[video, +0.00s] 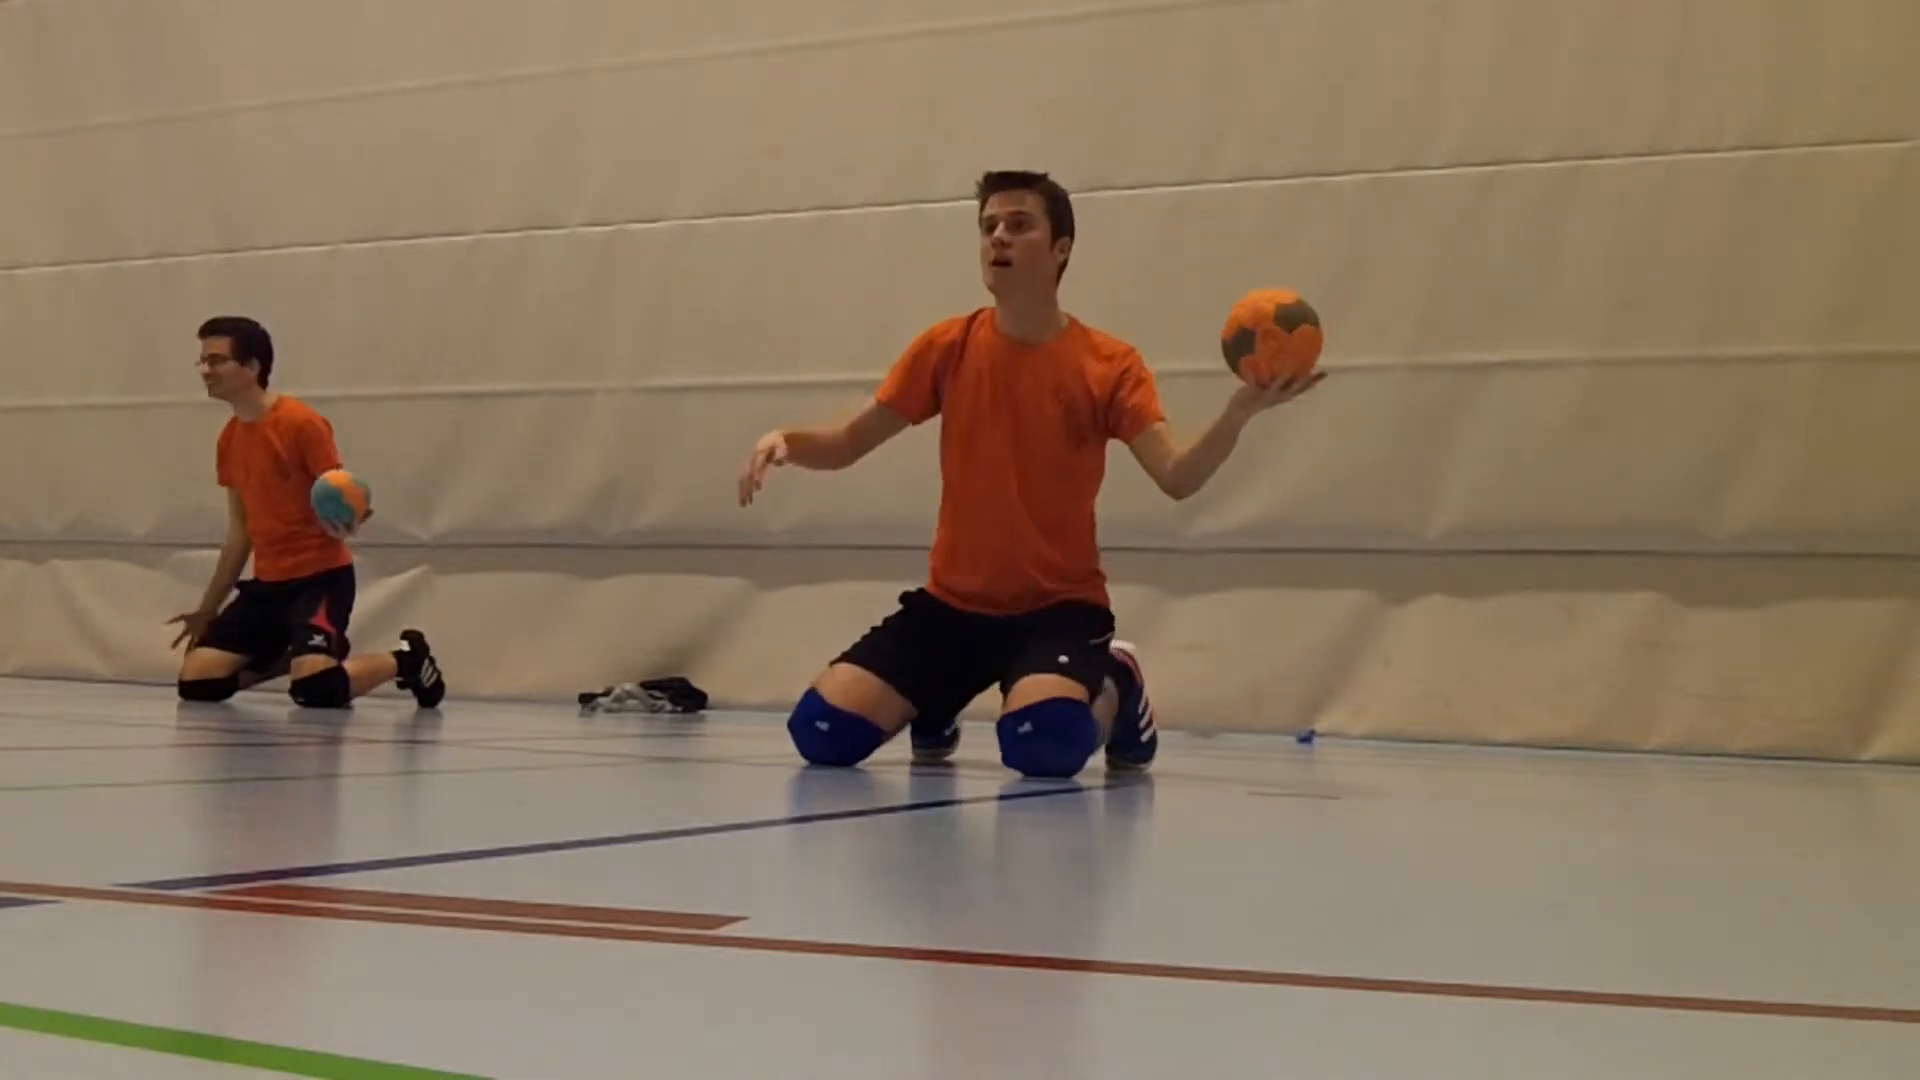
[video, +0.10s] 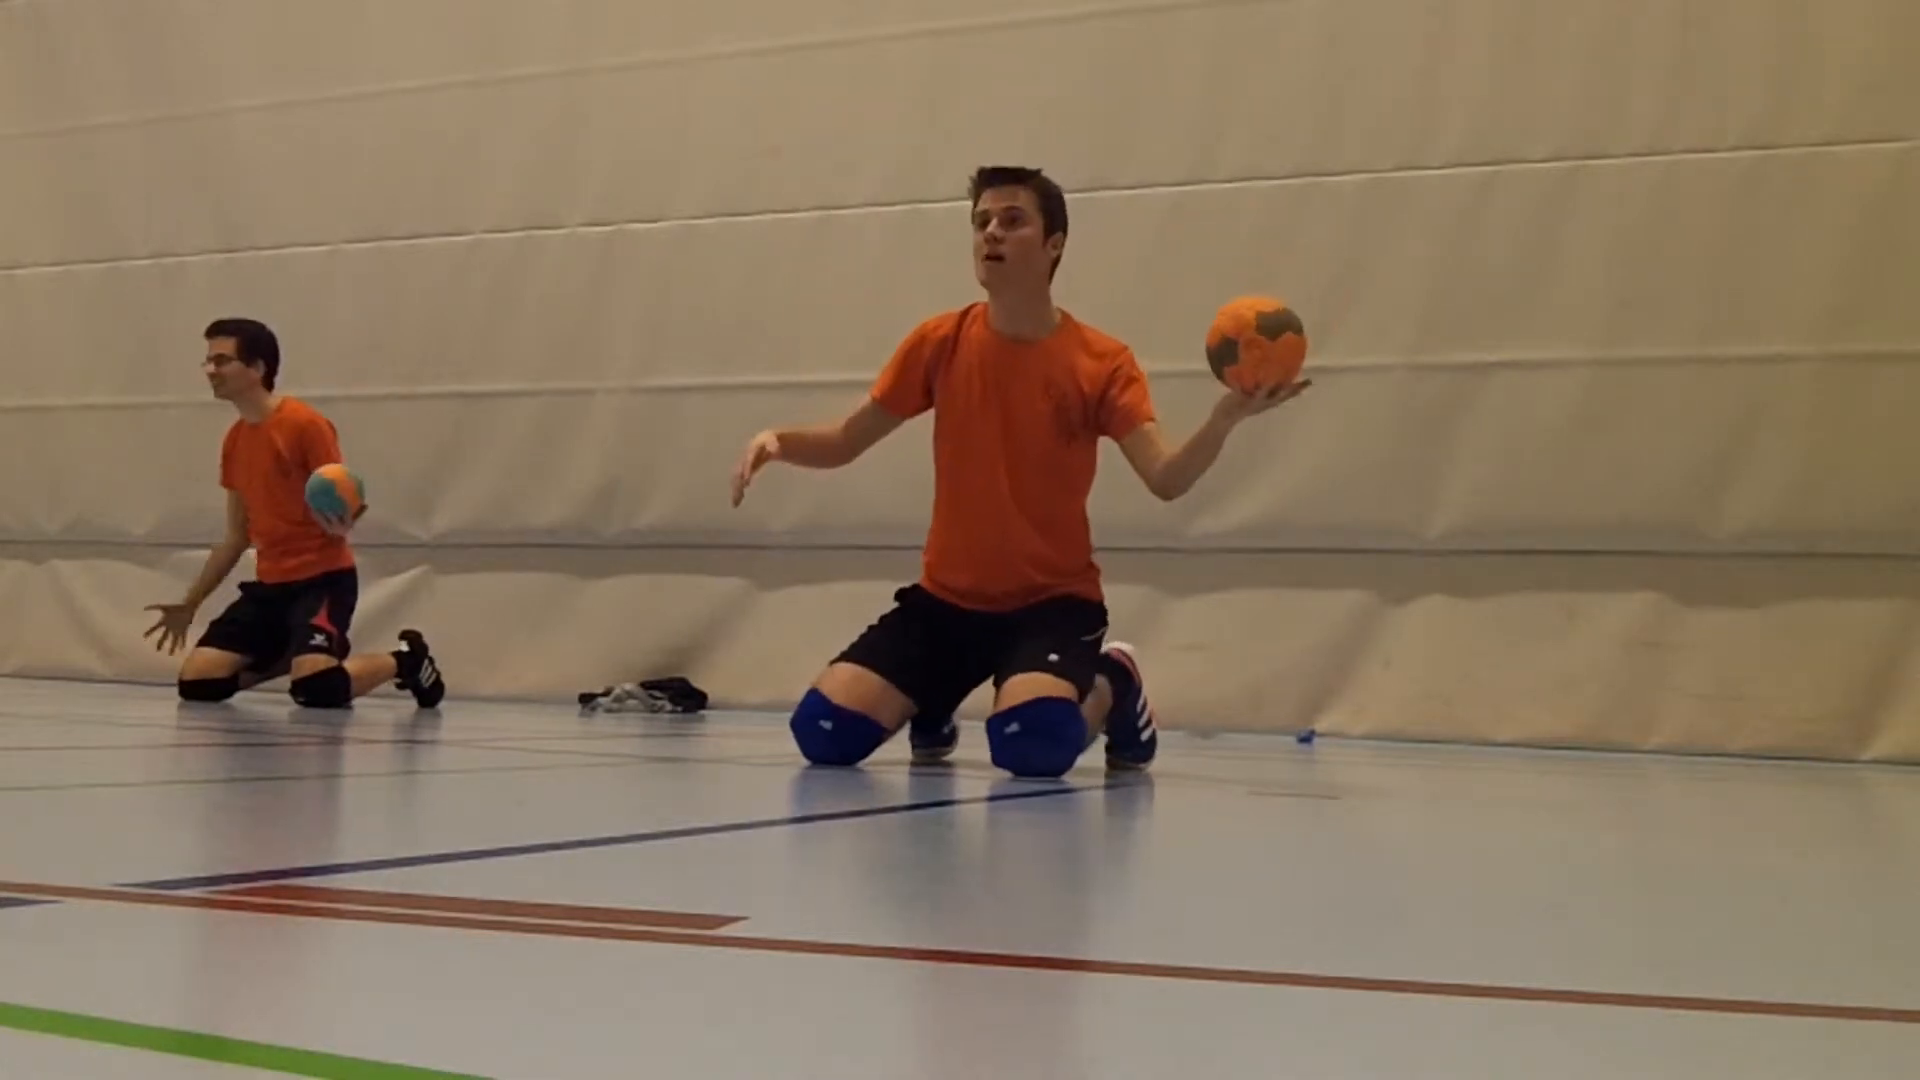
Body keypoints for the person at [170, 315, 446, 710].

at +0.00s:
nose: (205, 370)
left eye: (216, 360)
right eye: (203, 361)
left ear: (253, 367)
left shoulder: (301, 424)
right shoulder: (231, 438)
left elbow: (343, 502)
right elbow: (239, 534)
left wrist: (346, 521)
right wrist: (206, 611)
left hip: (323, 580)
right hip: (268, 584)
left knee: (314, 689)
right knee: (198, 684)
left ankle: (407, 660)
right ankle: (299, 656)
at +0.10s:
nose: (209, 371)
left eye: (221, 361)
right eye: (209, 361)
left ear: (258, 368)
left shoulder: (306, 426)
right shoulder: (237, 440)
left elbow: (344, 504)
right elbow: (235, 538)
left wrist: (341, 522)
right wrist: (188, 605)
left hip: (324, 581)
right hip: (270, 587)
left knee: (313, 689)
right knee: (198, 684)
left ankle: (406, 662)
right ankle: (307, 655)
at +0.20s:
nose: (219, 372)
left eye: (230, 362)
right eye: (218, 362)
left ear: (266, 370)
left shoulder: (310, 426)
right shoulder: (246, 442)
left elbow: (348, 510)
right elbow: (232, 536)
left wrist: (343, 521)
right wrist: (167, 590)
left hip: (328, 581)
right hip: (274, 585)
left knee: (315, 687)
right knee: (198, 682)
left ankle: (406, 660)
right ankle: (309, 653)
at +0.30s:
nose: (235, 375)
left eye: (246, 366)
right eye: (234, 365)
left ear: (282, 373)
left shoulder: (324, 430)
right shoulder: (257, 446)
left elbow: (357, 517)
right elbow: (233, 535)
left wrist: (345, 524)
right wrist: (158, 569)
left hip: (332, 583)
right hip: (280, 586)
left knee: (315, 687)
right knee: (197, 683)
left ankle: (404, 660)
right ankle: (306, 657)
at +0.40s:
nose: (259, 379)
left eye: (269, 369)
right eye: (259, 370)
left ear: (305, 373)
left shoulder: (345, 431)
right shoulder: (279, 442)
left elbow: (371, 520)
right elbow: (255, 528)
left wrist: (347, 527)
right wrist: (173, 546)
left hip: (340, 584)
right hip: (287, 585)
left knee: (320, 686)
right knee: (201, 683)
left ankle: (402, 658)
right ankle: (308, 656)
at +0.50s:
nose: (285, 386)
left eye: (293, 374)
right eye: (285, 374)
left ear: (326, 375)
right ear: (317, 377)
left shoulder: (370, 435)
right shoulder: (303, 435)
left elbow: (388, 525)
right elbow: (281, 516)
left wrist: (350, 531)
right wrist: (200, 533)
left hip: (347, 585)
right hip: (294, 583)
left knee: (322, 689)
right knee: (208, 684)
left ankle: (400, 660)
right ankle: (310, 655)